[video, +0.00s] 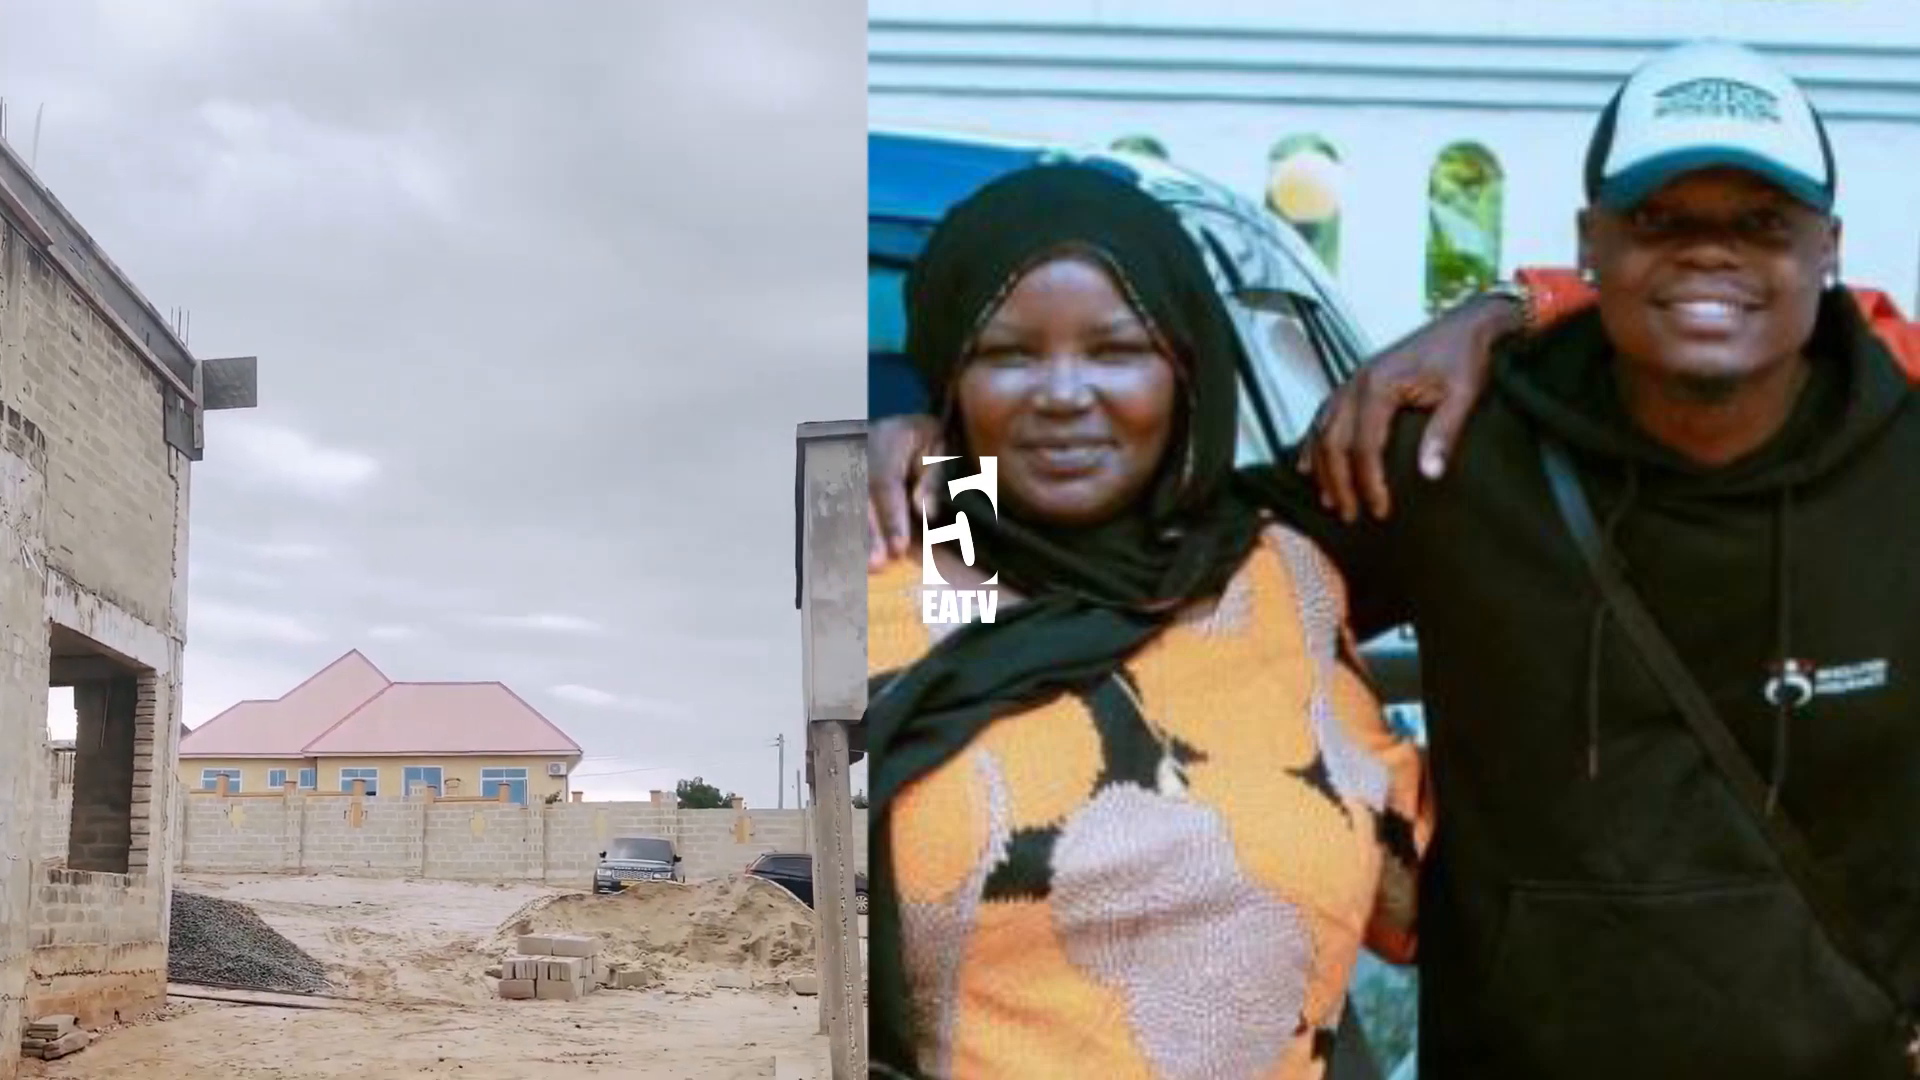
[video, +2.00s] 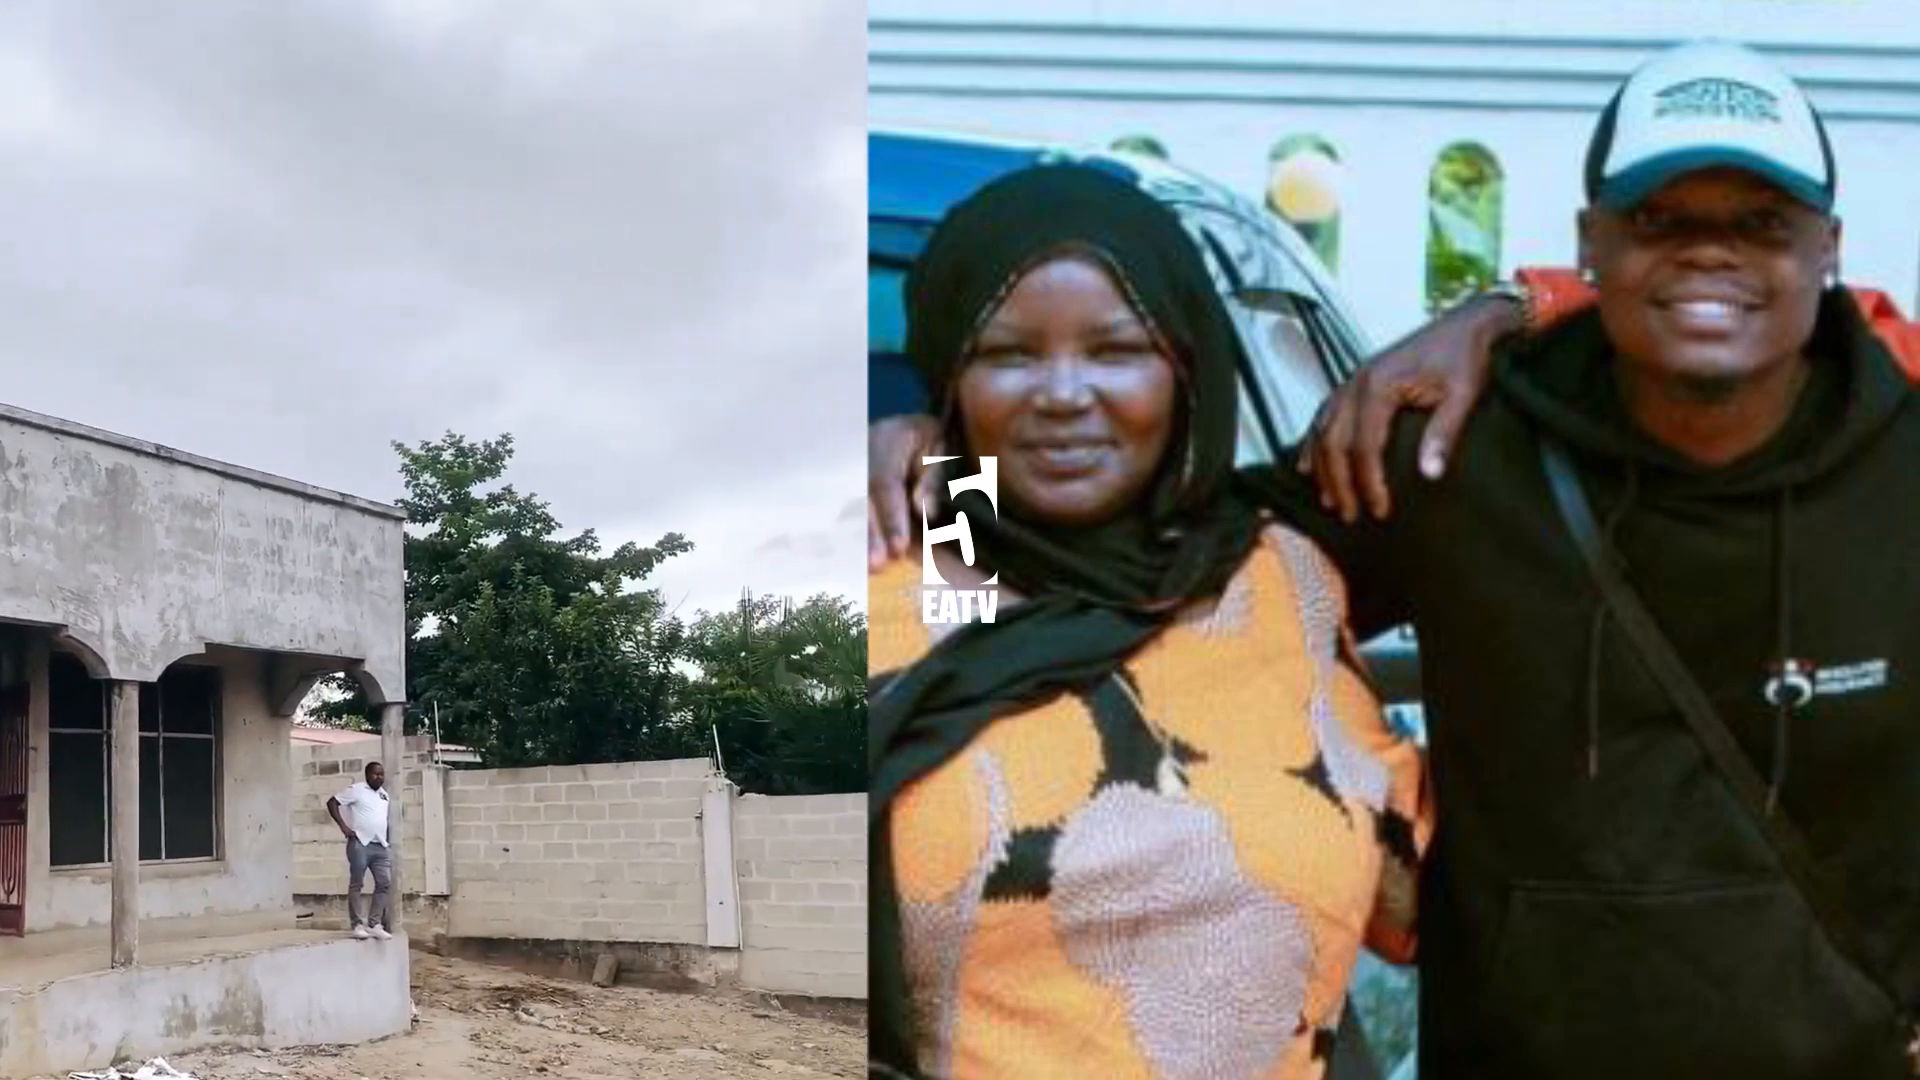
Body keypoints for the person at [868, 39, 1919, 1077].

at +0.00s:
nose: (1706, 251)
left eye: (1757, 219)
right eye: (1664, 214)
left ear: (1825, 251)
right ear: (1594, 241)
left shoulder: (1898, 446)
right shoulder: (1463, 449)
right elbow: (1174, 558)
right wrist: (960, 463)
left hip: (1849, 1038)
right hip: (1535, 1044)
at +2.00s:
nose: (1707, 252)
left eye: (1757, 220)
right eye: (1665, 215)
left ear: (1825, 251)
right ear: (1595, 242)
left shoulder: (1898, 442)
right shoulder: (1465, 447)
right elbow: (1174, 558)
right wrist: (955, 452)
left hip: (1848, 1037)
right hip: (1535, 1043)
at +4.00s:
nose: (1707, 251)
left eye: (1757, 219)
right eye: (1664, 214)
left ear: (1826, 250)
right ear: (1594, 241)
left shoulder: (1898, 445)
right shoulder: (1463, 449)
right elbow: (1172, 557)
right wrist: (962, 459)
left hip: (1850, 1038)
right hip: (1536, 1045)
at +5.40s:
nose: (1706, 251)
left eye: (1757, 219)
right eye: (1664, 215)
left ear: (1825, 250)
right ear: (1594, 241)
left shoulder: (1898, 446)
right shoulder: (1462, 449)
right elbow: (1174, 561)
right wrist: (960, 465)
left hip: (1849, 1039)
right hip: (1536, 1045)